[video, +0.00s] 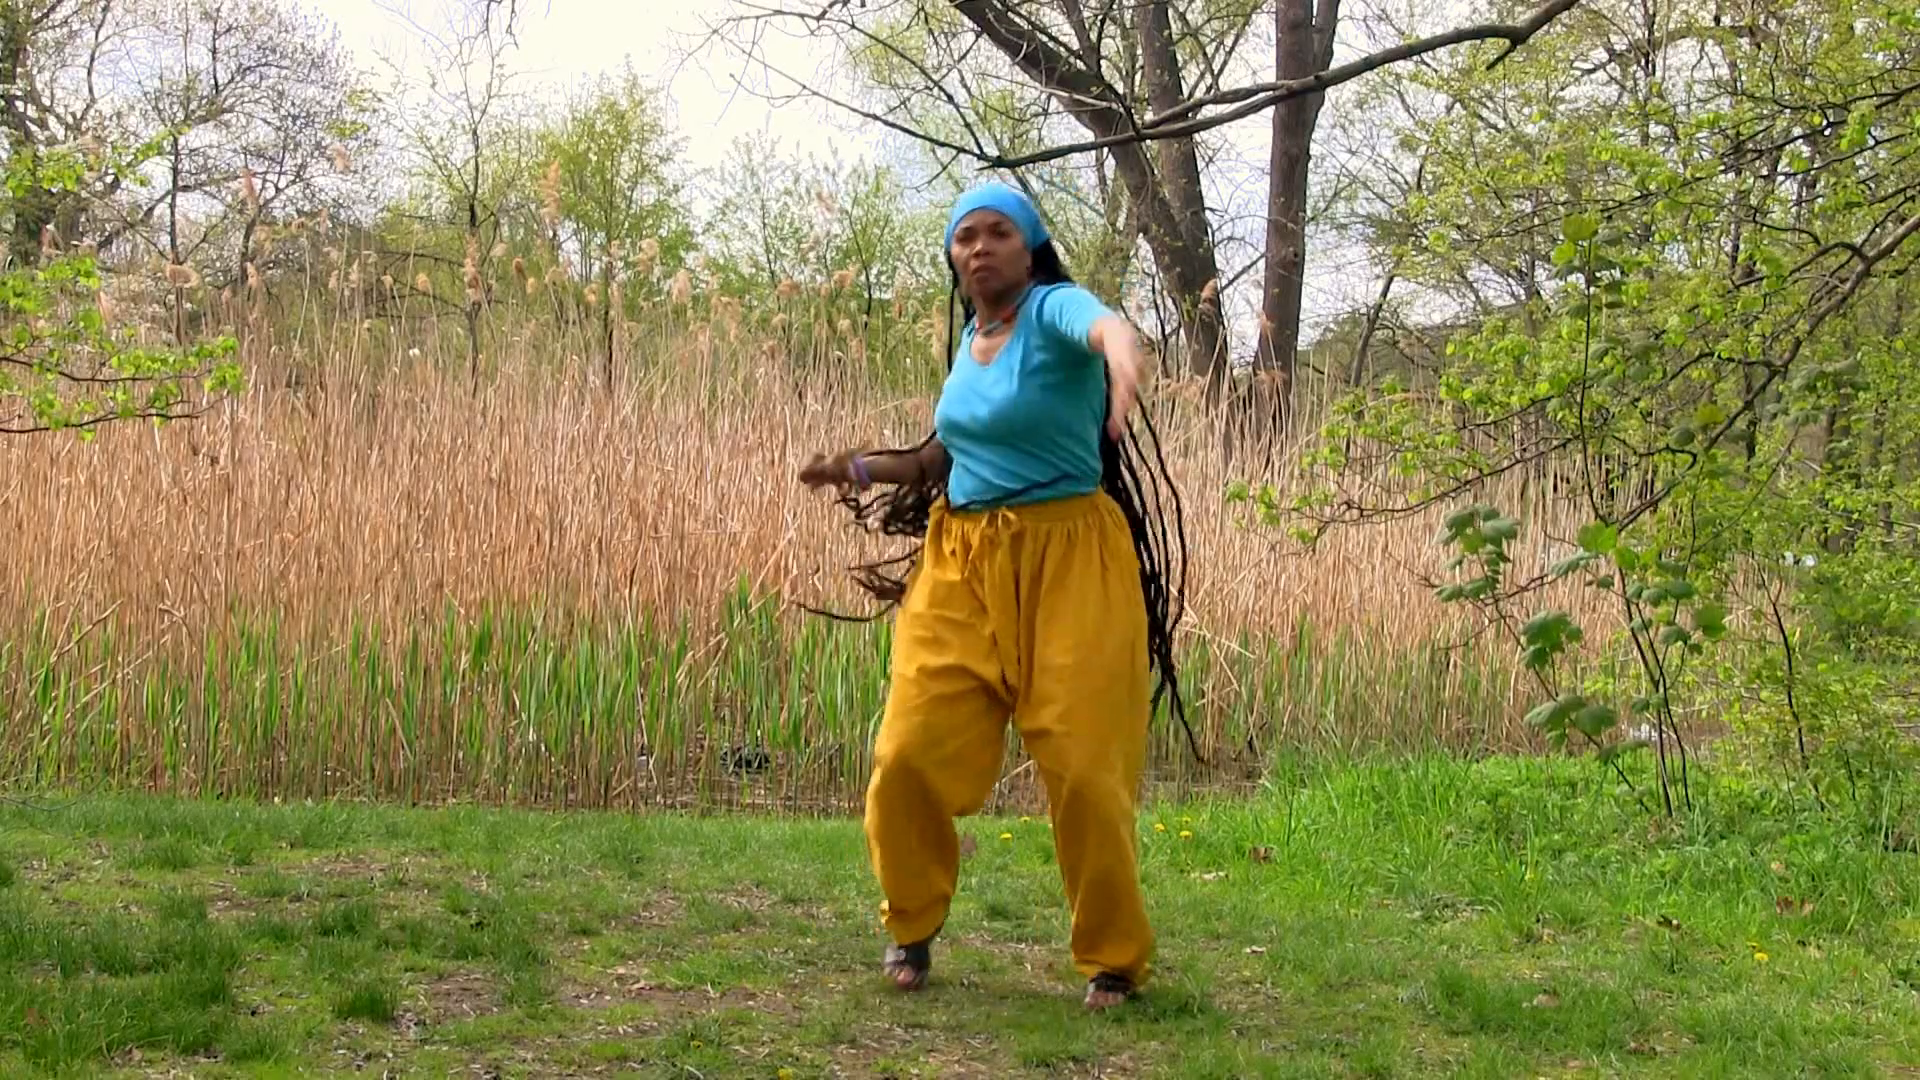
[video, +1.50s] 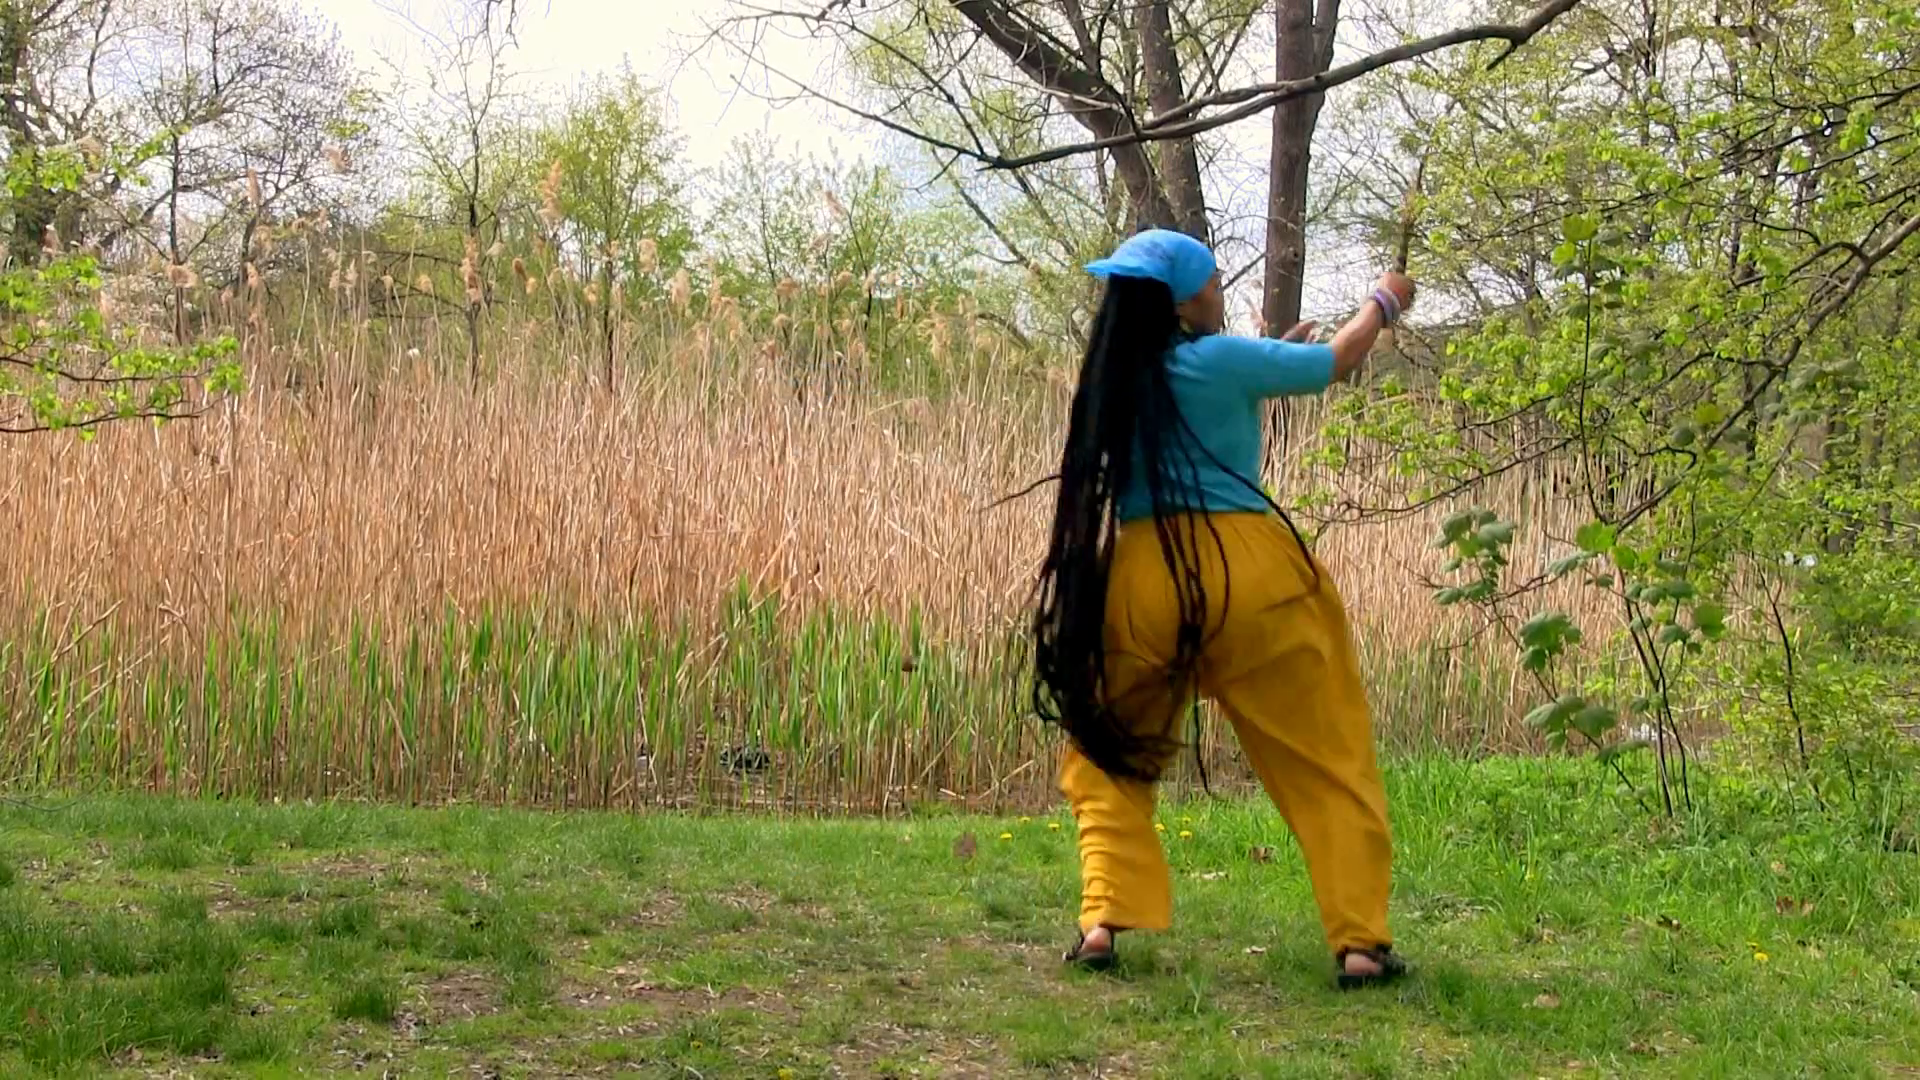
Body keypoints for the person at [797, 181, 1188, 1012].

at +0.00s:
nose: (980, 246)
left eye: (998, 233)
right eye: (966, 237)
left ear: (1033, 251)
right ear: (954, 261)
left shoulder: (1058, 307)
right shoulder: (967, 342)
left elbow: (1116, 334)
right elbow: (943, 456)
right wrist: (857, 467)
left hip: (1072, 550)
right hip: (962, 553)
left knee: (1085, 767)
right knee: (900, 755)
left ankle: (1112, 963)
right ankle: (910, 928)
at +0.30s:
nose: (926, 256)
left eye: (935, 241)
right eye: (905, 248)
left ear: (955, 251)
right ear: (878, 271)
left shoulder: (1021, 314)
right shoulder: (861, 368)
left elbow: (1072, 399)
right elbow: (863, 479)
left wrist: (1101, 502)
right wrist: (841, 542)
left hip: (1037, 544)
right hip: (919, 559)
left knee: (1071, 735)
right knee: (904, 750)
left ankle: (1103, 948)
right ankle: (913, 941)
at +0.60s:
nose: (1016, 231)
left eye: (1014, 216)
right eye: (1005, 217)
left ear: (950, 227)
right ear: (964, 226)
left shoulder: (898, 296)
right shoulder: (970, 303)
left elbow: (826, 402)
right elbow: (1007, 441)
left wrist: (876, 463)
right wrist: (1046, 471)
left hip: (881, 499)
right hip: (928, 510)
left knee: (1004, 691)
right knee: (904, 714)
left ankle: (887, 842)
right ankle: (838, 930)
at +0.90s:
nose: (1000, 320)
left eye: (996, 305)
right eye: (992, 306)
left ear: (910, 310)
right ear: (963, 313)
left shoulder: (859, 362)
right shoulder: (996, 388)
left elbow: (757, 403)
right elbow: (1023, 520)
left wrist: (738, 503)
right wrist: (981, 556)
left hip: (839, 552)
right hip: (940, 559)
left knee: (833, 737)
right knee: (976, 750)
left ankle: (798, 906)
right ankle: (887, 893)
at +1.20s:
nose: (1047, 300)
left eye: (1041, 288)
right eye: (1038, 290)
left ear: (969, 301)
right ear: (1006, 298)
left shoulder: (917, 368)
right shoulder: (1043, 354)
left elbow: (821, 432)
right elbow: (1146, 442)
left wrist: (883, 417)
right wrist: (1229, 494)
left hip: (922, 557)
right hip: (1021, 554)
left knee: (898, 738)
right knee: (1152, 704)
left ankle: (810, 909)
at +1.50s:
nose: (1222, 296)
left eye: (1217, 283)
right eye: (1212, 286)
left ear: (1142, 302)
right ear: (1181, 301)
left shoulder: (1114, 371)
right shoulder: (1224, 358)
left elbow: (1196, 393)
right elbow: (1335, 360)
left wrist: (1272, 355)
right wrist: (1378, 304)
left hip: (1140, 564)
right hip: (1249, 554)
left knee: (1110, 744)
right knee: (1322, 746)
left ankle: (1100, 919)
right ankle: (1359, 941)